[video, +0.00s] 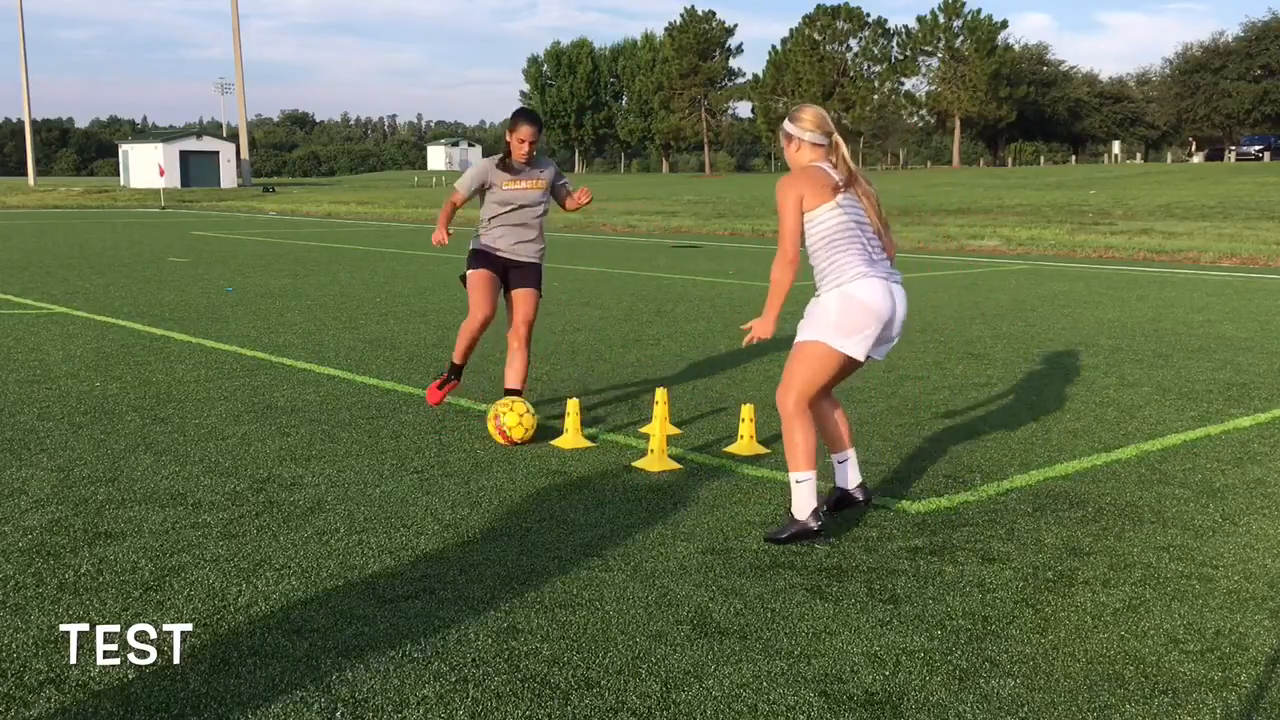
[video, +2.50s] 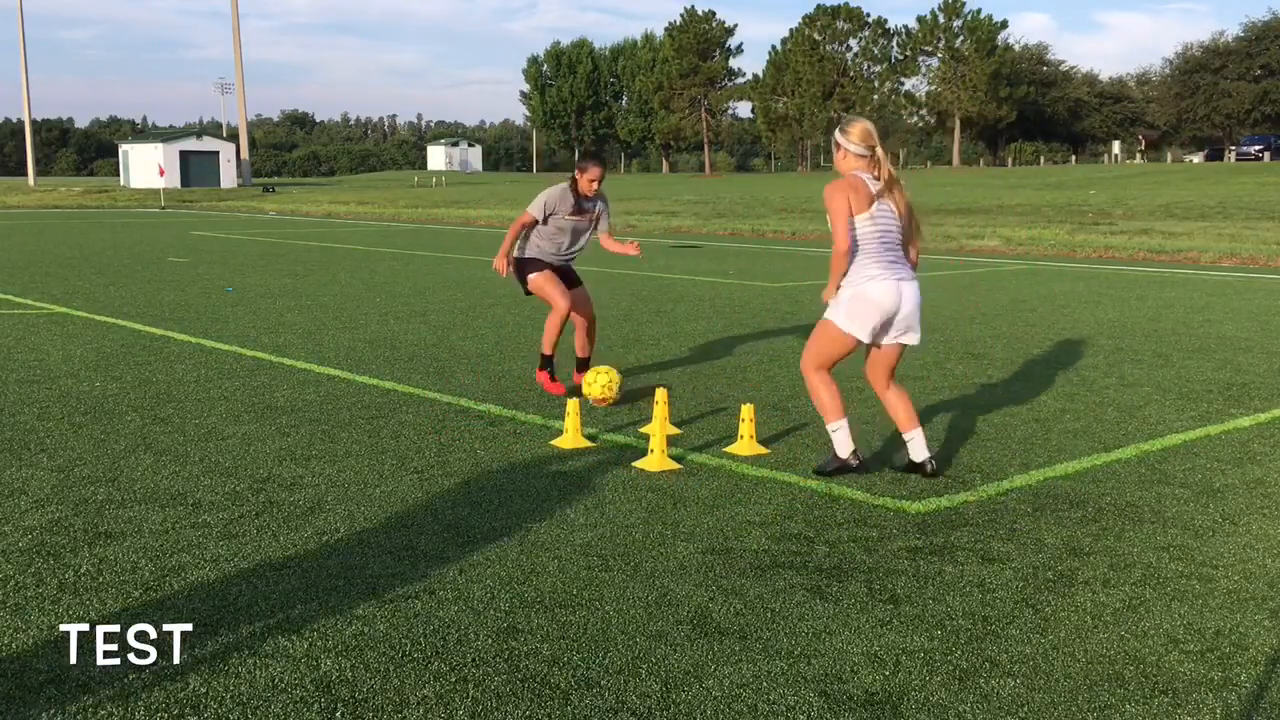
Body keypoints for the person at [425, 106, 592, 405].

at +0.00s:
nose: (527, 149)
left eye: (532, 142)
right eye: (521, 141)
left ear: (539, 141)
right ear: (508, 136)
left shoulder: (547, 170)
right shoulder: (487, 168)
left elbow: (566, 202)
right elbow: (454, 202)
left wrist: (576, 201)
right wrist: (442, 226)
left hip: (528, 259)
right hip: (487, 252)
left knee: (522, 330)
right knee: (481, 314)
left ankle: (512, 408)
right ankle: (452, 374)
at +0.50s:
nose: (526, 163)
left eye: (530, 157)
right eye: (520, 156)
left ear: (532, 159)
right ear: (502, 155)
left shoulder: (526, 189)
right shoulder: (482, 187)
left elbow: (512, 230)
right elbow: (449, 229)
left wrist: (531, 255)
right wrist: (446, 280)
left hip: (506, 277)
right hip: (474, 275)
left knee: (545, 334)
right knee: (481, 348)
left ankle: (509, 385)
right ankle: (440, 419)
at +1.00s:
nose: (546, 134)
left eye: (549, 128)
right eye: (540, 128)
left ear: (550, 131)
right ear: (523, 128)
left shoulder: (548, 160)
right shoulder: (506, 161)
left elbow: (541, 200)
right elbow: (483, 204)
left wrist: (552, 224)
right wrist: (522, 221)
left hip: (537, 248)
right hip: (505, 248)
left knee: (556, 315)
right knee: (512, 325)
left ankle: (528, 380)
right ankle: (483, 388)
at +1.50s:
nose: (581, 135)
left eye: (583, 129)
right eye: (576, 129)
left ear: (583, 132)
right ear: (559, 130)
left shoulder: (585, 155)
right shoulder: (542, 160)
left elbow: (581, 189)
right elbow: (520, 199)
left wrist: (598, 209)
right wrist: (549, 217)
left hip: (574, 242)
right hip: (544, 241)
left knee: (580, 309)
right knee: (551, 309)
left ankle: (572, 371)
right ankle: (527, 366)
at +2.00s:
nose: (598, 149)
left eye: (600, 144)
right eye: (594, 144)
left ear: (599, 144)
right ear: (577, 142)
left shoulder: (591, 170)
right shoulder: (561, 170)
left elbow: (589, 205)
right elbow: (546, 213)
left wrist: (612, 220)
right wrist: (573, 237)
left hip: (583, 250)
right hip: (556, 250)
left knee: (588, 312)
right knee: (562, 316)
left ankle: (583, 370)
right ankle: (537, 375)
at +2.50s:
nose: (596, 187)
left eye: (600, 181)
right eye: (591, 181)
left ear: (603, 180)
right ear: (578, 175)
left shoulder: (599, 203)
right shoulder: (555, 195)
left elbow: (605, 240)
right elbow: (521, 223)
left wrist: (625, 248)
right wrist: (503, 252)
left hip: (561, 264)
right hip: (530, 260)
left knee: (586, 317)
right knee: (562, 303)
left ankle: (582, 374)